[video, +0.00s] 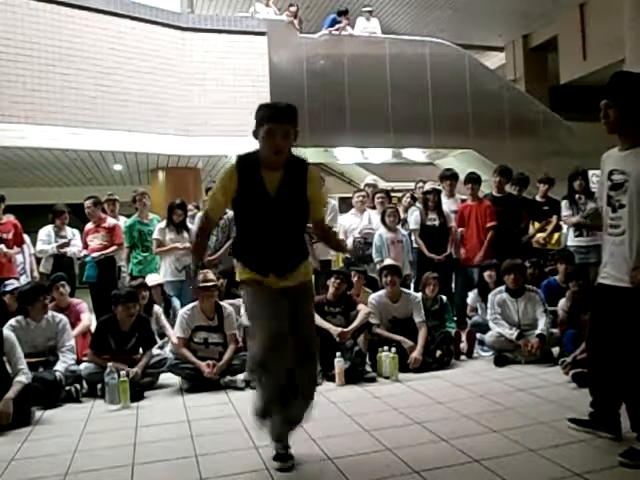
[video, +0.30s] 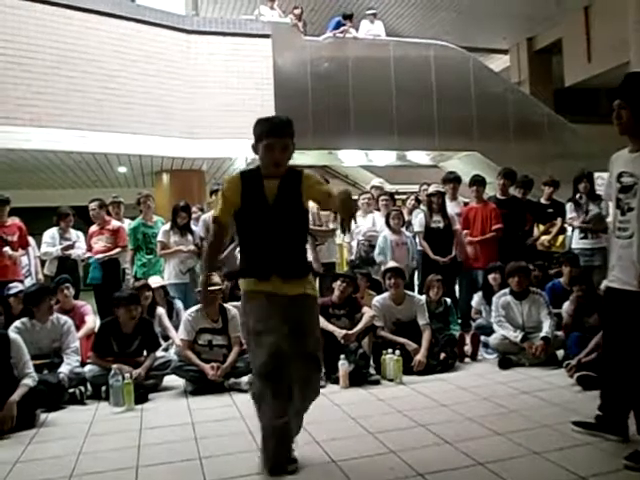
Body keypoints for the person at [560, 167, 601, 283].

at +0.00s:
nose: (579, 183)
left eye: (582, 179)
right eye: (576, 180)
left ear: (586, 182)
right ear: (571, 183)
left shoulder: (595, 198)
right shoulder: (567, 201)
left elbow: (601, 222)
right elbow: (567, 220)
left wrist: (580, 221)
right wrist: (582, 217)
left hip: (594, 243)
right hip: (575, 243)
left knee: (592, 278)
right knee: (575, 278)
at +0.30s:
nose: (585, 185)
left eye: (588, 182)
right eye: (582, 182)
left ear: (591, 184)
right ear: (577, 185)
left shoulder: (600, 202)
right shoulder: (571, 204)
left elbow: (605, 224)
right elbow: (573, 223)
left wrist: (583, 225)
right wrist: (593, 225)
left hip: (598, 246)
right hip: (579, 246)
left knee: (597, 282)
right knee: (579, 282)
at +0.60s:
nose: (584, 186)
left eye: (587, 182)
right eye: (581, 182)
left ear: (591, 184)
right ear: (576, 185)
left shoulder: (600, 201)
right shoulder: (571, 204)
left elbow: (603, 223)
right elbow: (576, 224)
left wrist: (586, 228)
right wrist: (582, 205)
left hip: (598, 247)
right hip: (579, 248)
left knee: (596, 284)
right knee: (579, 284)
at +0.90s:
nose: (584, 185)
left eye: (587, 182)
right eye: (581, 182)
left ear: (592, 185)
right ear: (576, 186)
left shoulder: (601, 203)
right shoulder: (572, 205)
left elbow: (605, 224)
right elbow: (576, 225)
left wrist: (585, 228)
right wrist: (598, 226)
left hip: (598, 248)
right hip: (579, 249)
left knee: (597, 285)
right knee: (580, 285)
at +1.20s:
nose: (582, 185)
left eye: (585, 182)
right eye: (579, 182)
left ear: (590, 184)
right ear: (576, 185)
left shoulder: (600, 203)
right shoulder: (572, 204)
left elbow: (604, 223)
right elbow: (577, 224)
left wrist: (584, 228)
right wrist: (598, 226)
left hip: (598, 246)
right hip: (580, 246)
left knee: (597, 282)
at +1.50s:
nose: (582, 186)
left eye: (585, 182)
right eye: (579, 182)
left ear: (590, 185)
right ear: (575, 185)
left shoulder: (600, 204)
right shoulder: (572, 204)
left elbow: (605, 224)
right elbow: (577, 226)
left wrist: (586, 229)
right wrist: (598, 226)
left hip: (598, 246)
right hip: (579, 247)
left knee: (597, 284)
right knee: (579, 283)